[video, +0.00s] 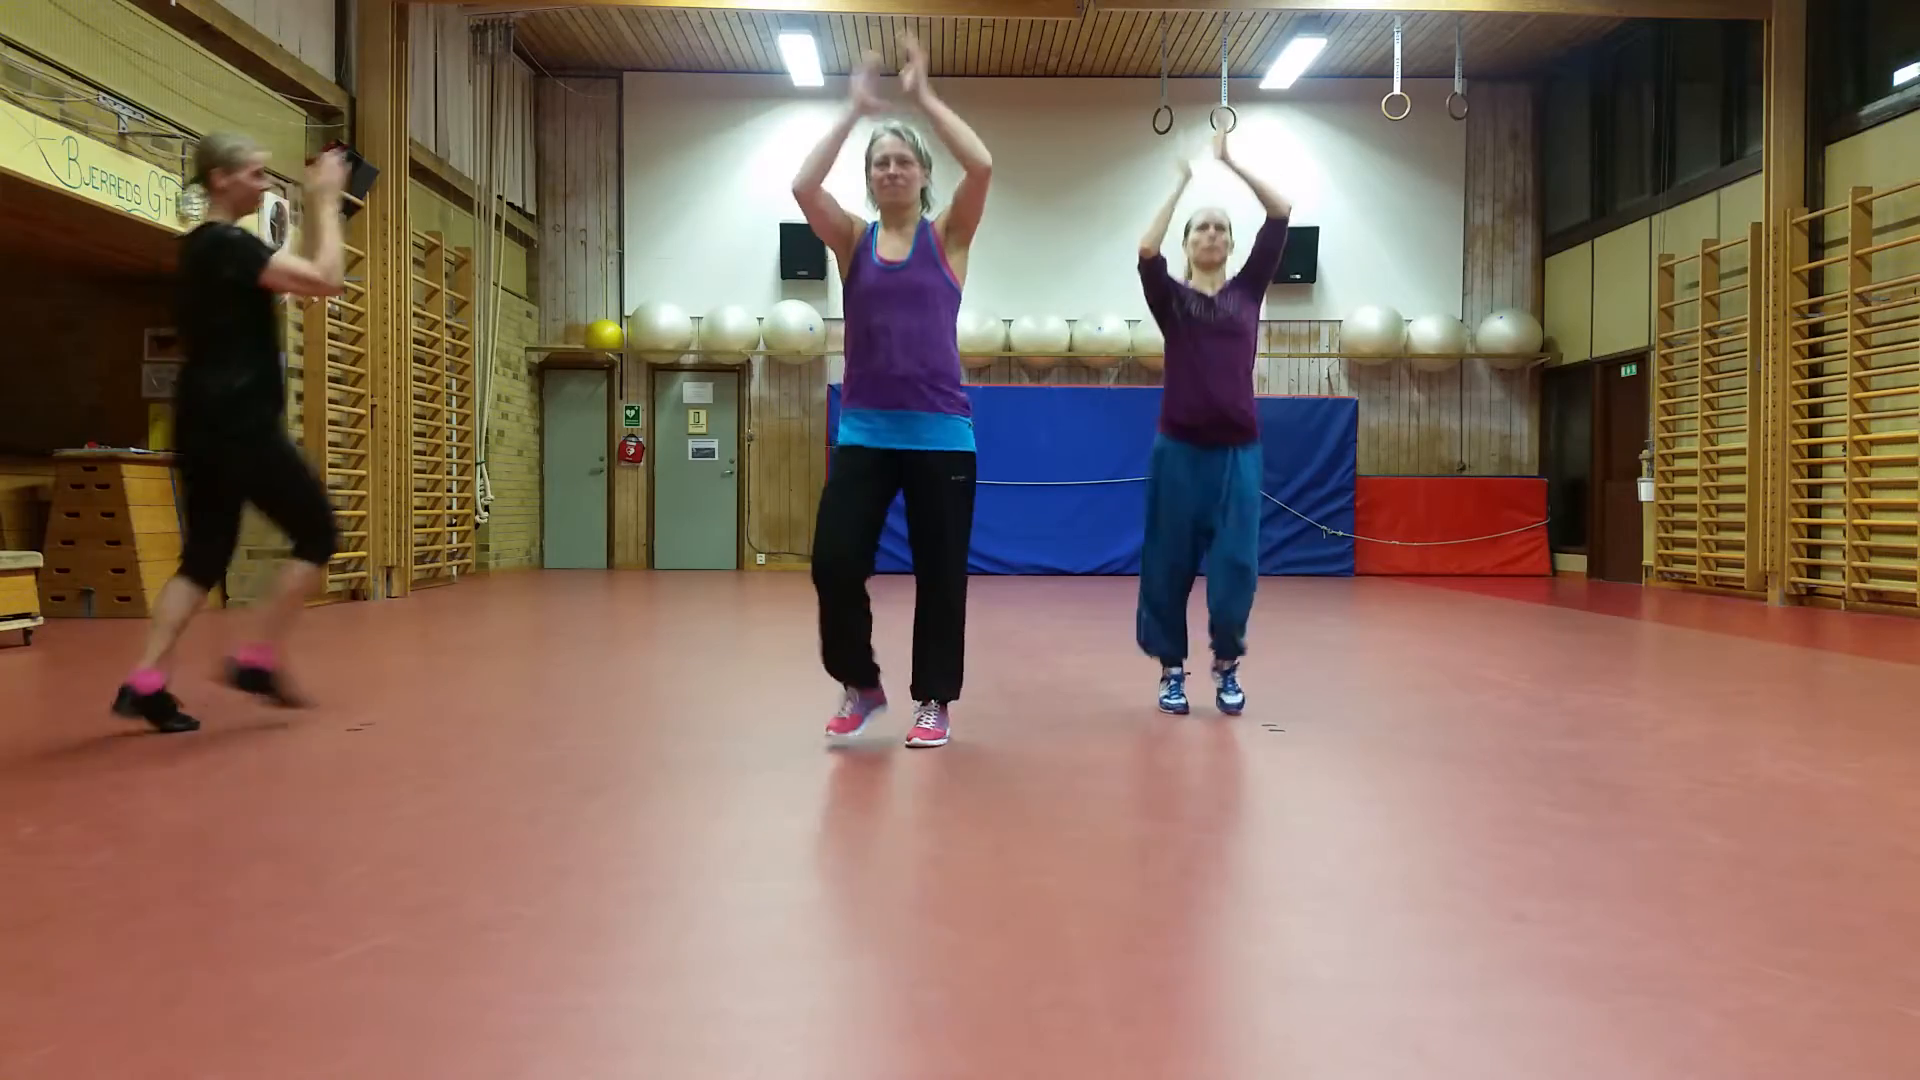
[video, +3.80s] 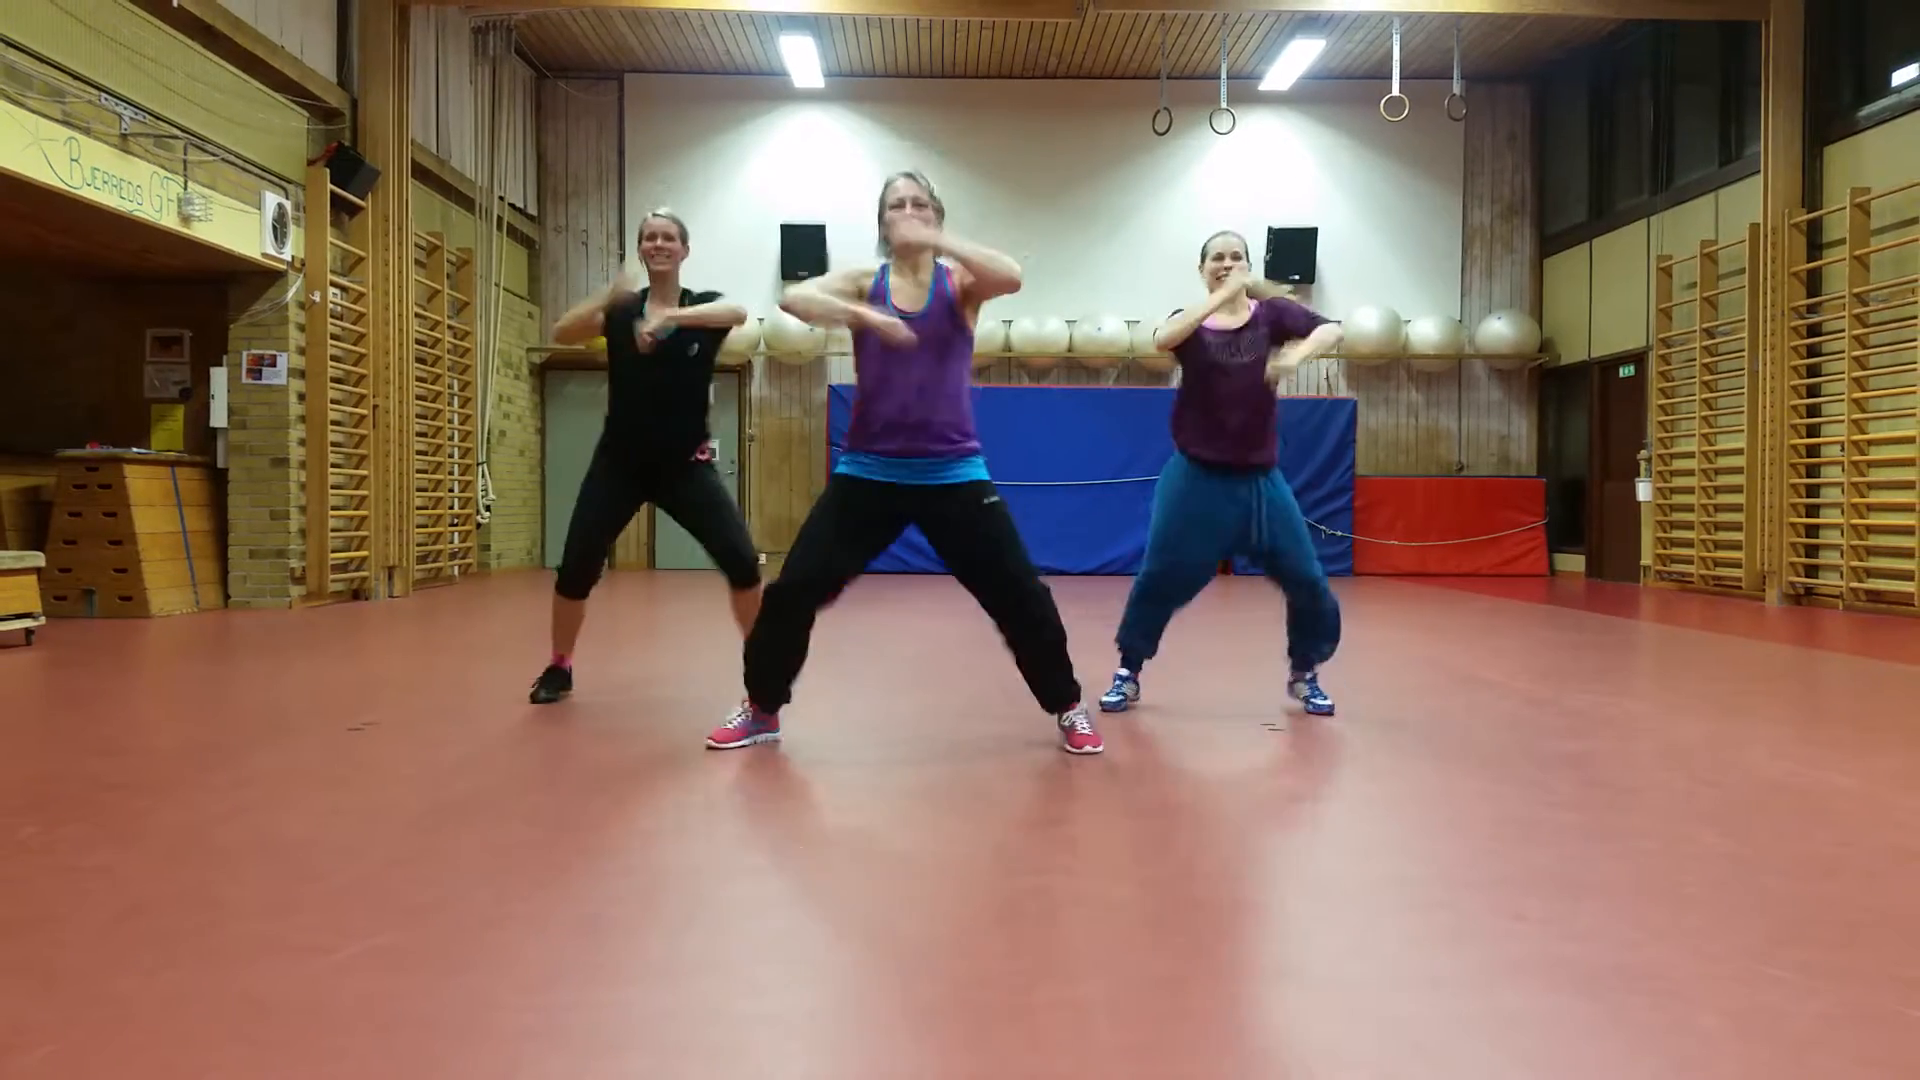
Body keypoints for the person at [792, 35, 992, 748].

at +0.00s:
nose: (891, 169)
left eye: (902, 160)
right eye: (879, 162)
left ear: (923, 175)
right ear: (867, 177)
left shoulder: (948, 236)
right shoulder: (853, 239)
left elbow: (981, 167)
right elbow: (804, 188)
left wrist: (923, 96)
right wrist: (855, 112)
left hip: (941, 428)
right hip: (865, 428)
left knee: (941, 572)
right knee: (834, 564)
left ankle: (934, 703)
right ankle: (862, 689)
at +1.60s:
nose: (890, 157)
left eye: (902, 149)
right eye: (879, 150)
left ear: (922, 168)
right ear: (865, 170)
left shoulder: (948, 234)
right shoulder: (846, 238)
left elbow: (1015, 236)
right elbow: (772, 266)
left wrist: (947, 180)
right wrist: (807, 196)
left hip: (939, 426)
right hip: (863, 424)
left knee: (943, 573)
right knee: (831, 560)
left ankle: (939, 708)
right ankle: (861, 693)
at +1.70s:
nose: (885, 144)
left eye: (897, 136)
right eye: (874, 136)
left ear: (918, 154)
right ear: (860, 156)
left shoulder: (947, 219)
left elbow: (1020, 269)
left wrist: (982, 240)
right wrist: (777, 251)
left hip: (934, 413)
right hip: (858, 409)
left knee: (933, 565)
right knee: (832, 551)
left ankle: (935, 703)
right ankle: (844, 689)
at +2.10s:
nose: (890, 163)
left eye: (901, 154)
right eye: (879, 156)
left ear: (923, 168)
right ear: (864, 173)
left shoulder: (948, 229)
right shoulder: (843, 235)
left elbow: (997, 260)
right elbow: (771, 259)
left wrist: (924, 226)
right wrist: (849, 282)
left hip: (946, 423)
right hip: (864, 424)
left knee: (1004, 551)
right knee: (790, 539)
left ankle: (1043, 683)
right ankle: (775, 678)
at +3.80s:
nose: (910, 211)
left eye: (920, 205)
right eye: (898, 205)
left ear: (937, 224)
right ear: (881, 225)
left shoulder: (958, 283)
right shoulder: (861, 281)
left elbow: (1010, 278)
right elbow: (793, 298)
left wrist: (943, 241)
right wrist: (867, 315)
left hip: (954, 473)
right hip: (869, 473)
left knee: (1019, 592)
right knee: (795, 588)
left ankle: (1070, 708)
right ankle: (761, 712)